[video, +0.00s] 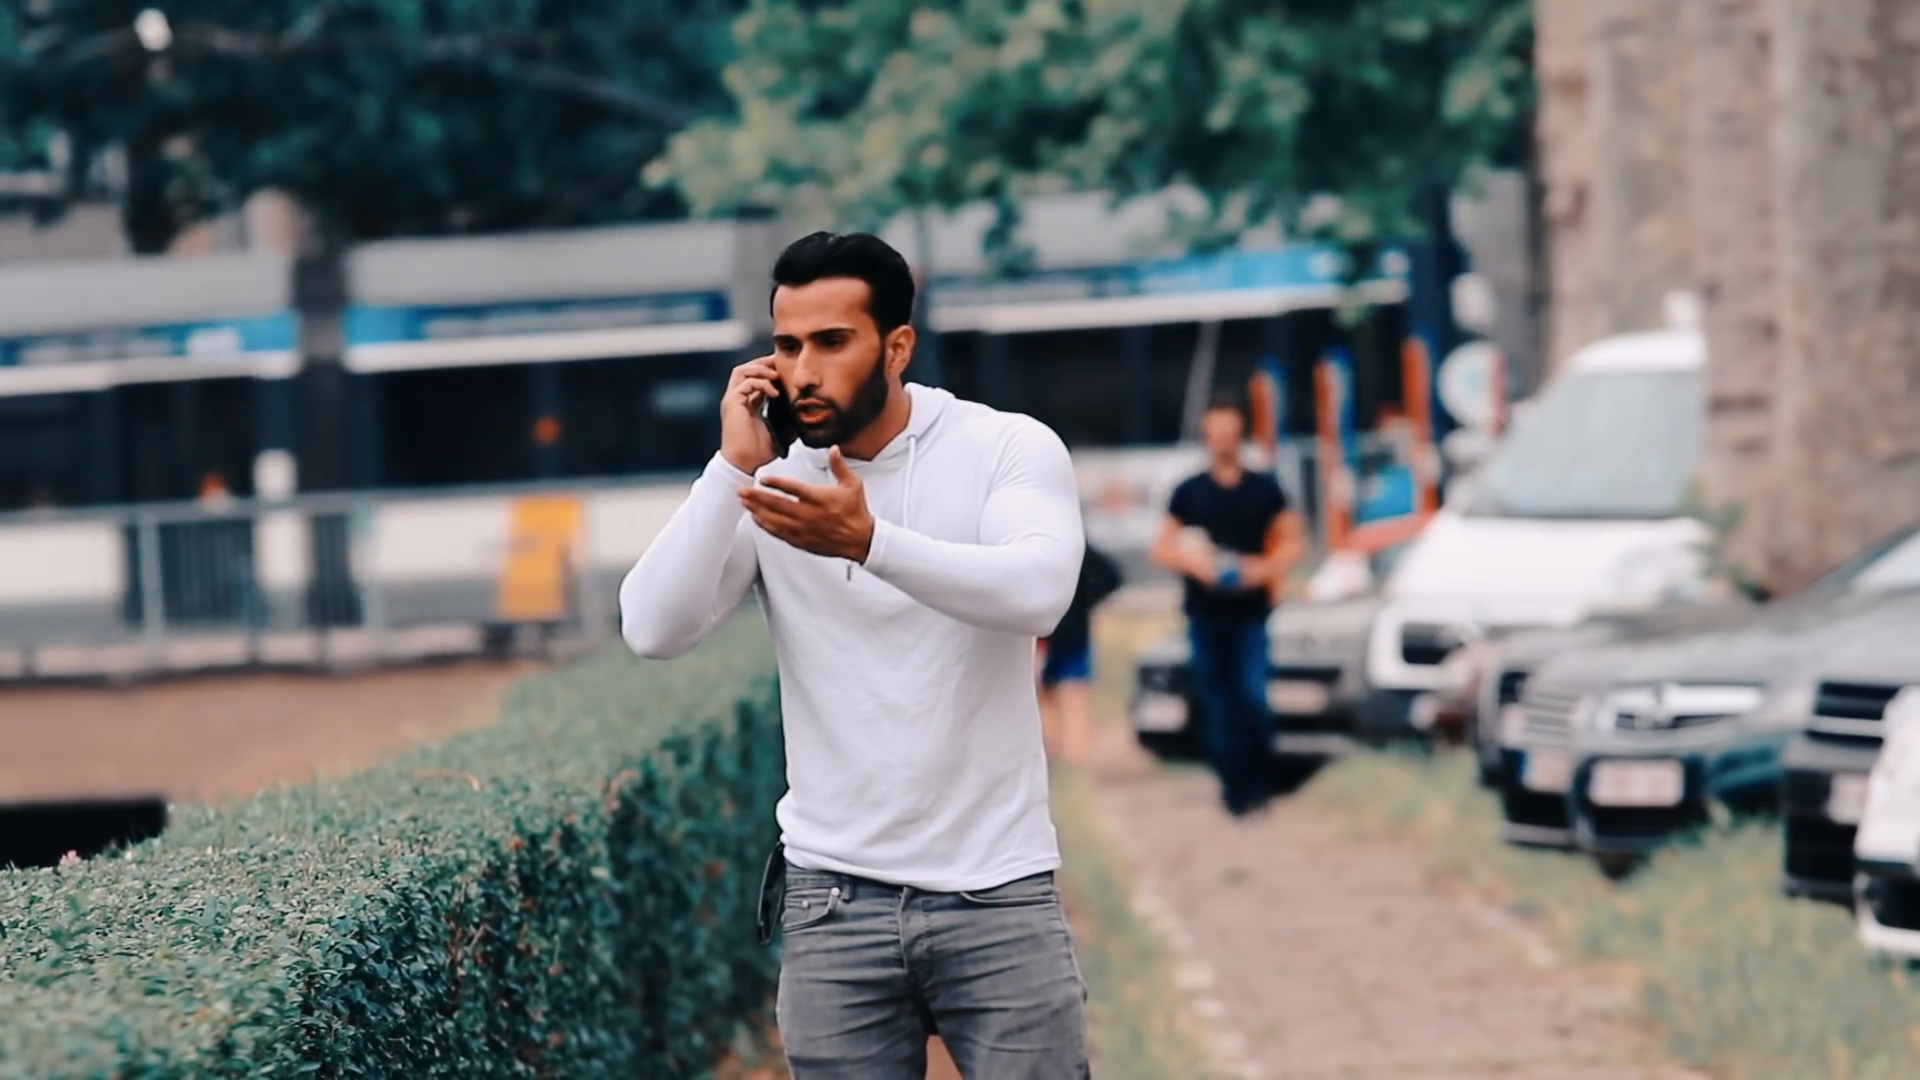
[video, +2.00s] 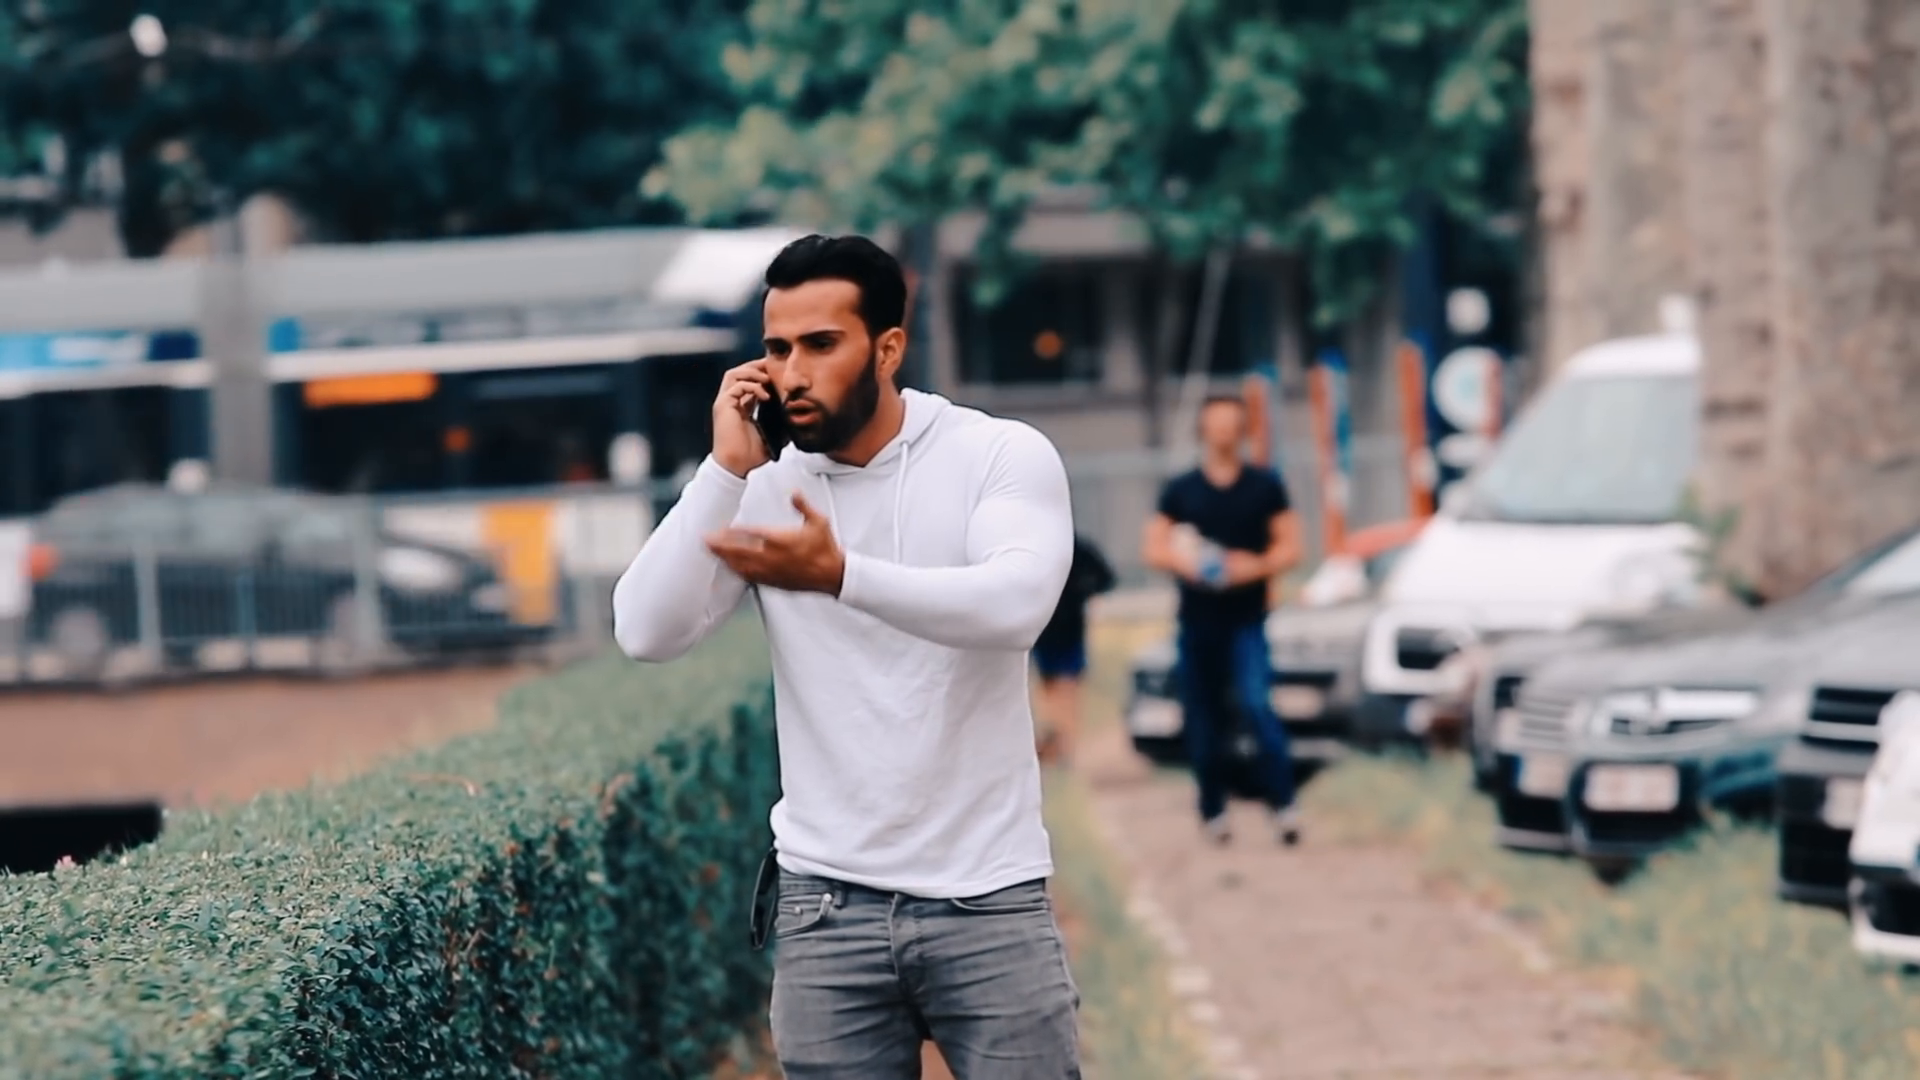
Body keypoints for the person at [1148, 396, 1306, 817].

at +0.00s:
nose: (1221, 440)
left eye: (1229, 432)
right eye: (1214, 432)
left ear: (1241, 435)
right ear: (1204, 435)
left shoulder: (1264, 488)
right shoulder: (1190, 492)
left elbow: (1291, 542)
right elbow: (1163, 547)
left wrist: (1262, 569)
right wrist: (1198, 566)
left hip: (1251, 609)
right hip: (1207, 611)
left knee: (1251, 695)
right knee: (1217, 700)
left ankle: (1258, 785)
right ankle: (1233, 787)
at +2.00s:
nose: (1224, 435)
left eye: (1231, 427)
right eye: (1216, 427)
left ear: (1242, 430)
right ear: (1202, 430)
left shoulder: (1264, 486)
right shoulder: (1182, 489)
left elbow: (1289, 548)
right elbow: (1155, 548)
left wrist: (1250, 565)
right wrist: (1188, 562)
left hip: (1245, 617)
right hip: (1198, 618)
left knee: (1253, 703)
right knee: (1203, 714)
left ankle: (1283, 802)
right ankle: (1212, 810)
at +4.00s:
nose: (1249, 430)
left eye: (1256, 420)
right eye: (1239, 421)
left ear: (1269, 426)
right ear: (1226, 429)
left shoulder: (1293, 494)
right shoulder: (1207, 492)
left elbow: (1321, 549)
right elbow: (1169, 557)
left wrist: (1292, 578)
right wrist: (1217, 571)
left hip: (1277, 629)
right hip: (1227, 631)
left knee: (1280, 723)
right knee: (1238, 732)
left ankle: (1292, 816)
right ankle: (1253, 832)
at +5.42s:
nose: (1259, 409)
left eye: (1267, 399)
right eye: (1250, 400)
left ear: (1282, 408)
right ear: (1236, 408)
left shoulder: (1309, 477)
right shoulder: (1219, 481)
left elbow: (1345, 538)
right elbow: (1188, 550)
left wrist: (1305, 563)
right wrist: (1228, 560)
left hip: (1293, 613)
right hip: (1242, 614)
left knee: (1287, 725)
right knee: (1254, 721)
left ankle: (1283, 833)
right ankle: (1255, 831)